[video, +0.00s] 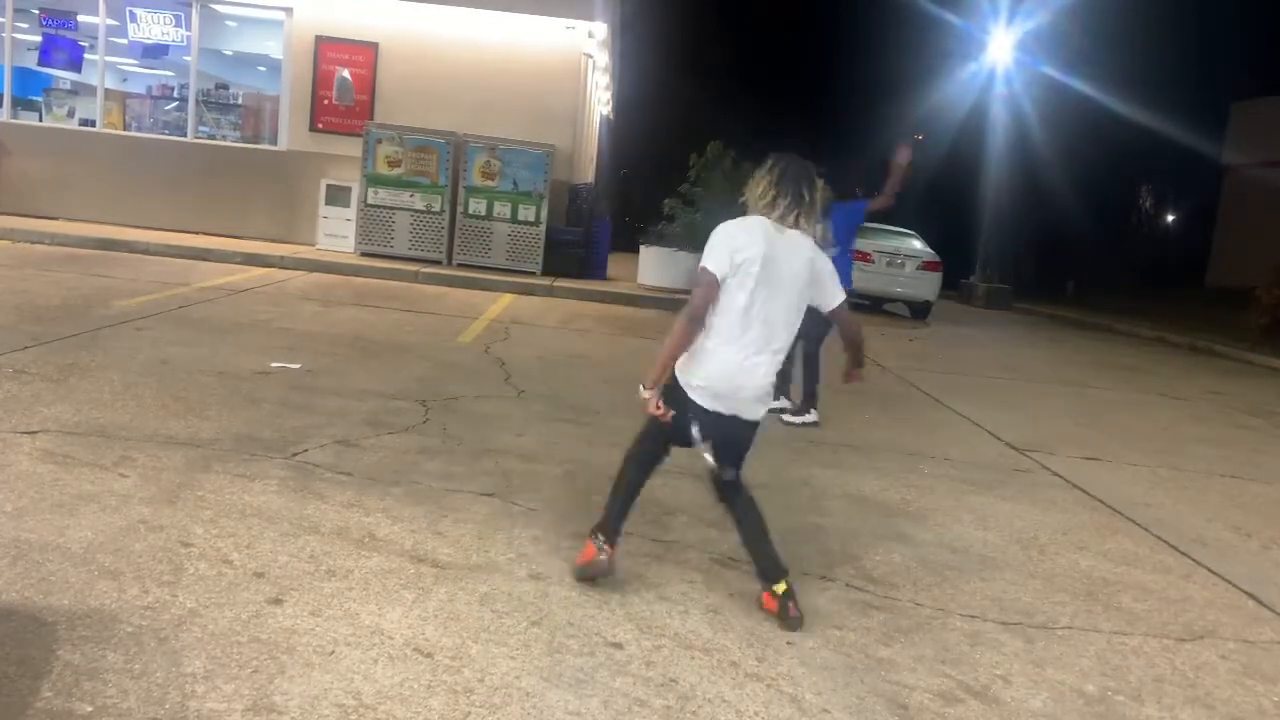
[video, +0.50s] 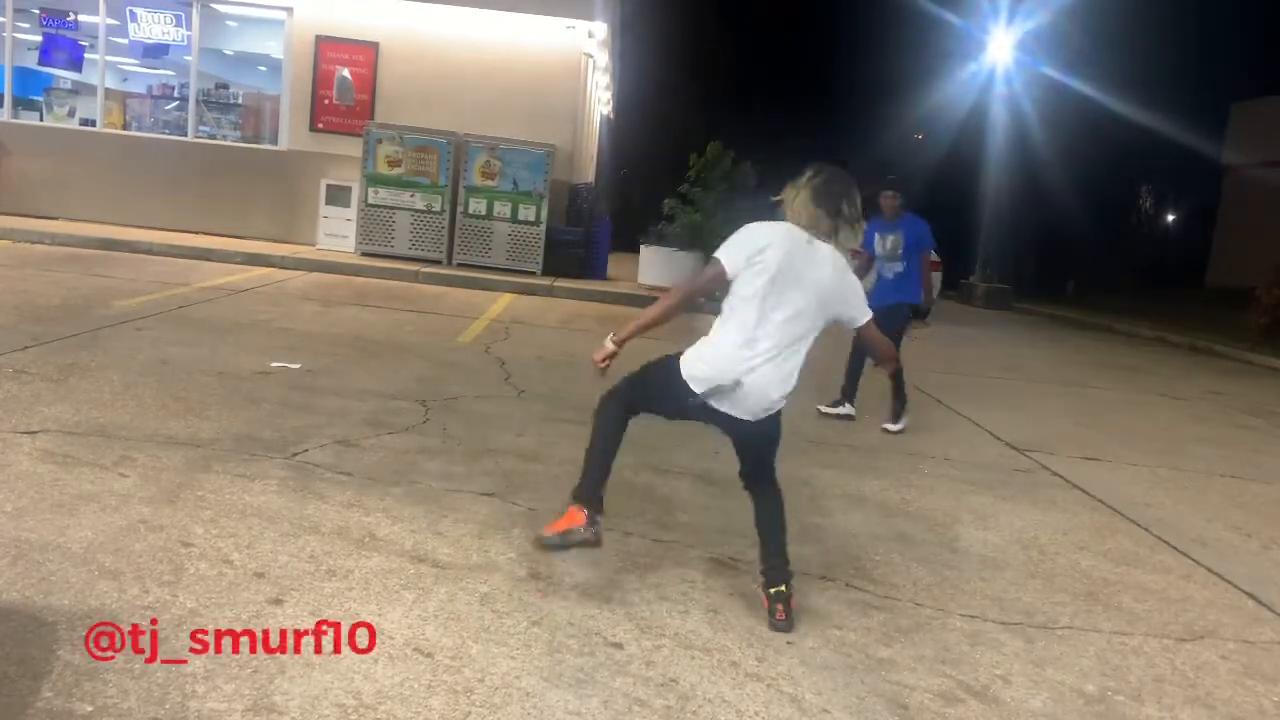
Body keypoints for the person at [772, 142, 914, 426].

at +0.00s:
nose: (811, 197)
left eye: (813, 192)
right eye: (809, 193)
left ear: (820, 194)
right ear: (809, 195)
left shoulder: (841, 212)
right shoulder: (795, 216)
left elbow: (885, 200)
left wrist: (898, 167)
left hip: (831, 292)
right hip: (802, 290)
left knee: (809, 345)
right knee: (785, 341)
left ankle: (808, 406)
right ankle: (780, 395)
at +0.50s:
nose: (889, 203)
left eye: (894, 198)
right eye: (885, 198)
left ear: (901, 201)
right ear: (879, 201)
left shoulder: (917, 226)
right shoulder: (874, 226)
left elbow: (925, 265)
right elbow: (865, 263)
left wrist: (927, 299)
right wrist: (846, 288)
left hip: (904, 298)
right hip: (877, 297)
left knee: (890, 352)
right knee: (859, 345)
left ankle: (898, 412)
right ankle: (847, 400)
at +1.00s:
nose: (935, 219)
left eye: (940, 214)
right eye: (931, 214)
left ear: (949, 215)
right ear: (927, 215)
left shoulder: (966, 238)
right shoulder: (925, 238)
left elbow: (981, 272)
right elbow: (919, 273)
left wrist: (977, 300)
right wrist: (912, 301)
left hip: (955, 310)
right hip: (931, 309)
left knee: (941, 359)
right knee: (927, 360)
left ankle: (931, 412)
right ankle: (931, 409)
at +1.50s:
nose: (969, 221)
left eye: (974, 216)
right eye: (965, 216)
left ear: (984, 218)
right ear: (960, 218)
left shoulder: (1003, 243)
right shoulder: (953, 242)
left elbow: (1015, 278)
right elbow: (957, 274)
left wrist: (1014, 316)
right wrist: (958, 301)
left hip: (992, 314)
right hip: (964, 311)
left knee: (985, 363)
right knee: (948, 358)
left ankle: (985, 418)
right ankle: (949, 407)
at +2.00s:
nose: (963, 218)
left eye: (968, 213)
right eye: (959, 213)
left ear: (980, 215)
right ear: (955, 215)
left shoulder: (997, 241)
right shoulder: (950, 240)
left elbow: (1008, 281)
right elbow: (953, 276)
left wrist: (1006, 321)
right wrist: (957, 305)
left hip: (988, 315)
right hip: (961, 313)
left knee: (984, 365)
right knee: (951, 360)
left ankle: (983, 419)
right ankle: (951, 408)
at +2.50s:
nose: (959, 216)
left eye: (964, 211)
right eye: (955, 210)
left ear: (975, 213)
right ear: (951, 213)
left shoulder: (993, 239)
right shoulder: (946, 238)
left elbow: (1005, 278)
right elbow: (949, 274)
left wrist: (1004, 320)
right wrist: (955, 302)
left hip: (986, 315)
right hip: (959, 313)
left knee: (984, 366)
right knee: (952, 361)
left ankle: (983, 418)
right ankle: (951, 408)